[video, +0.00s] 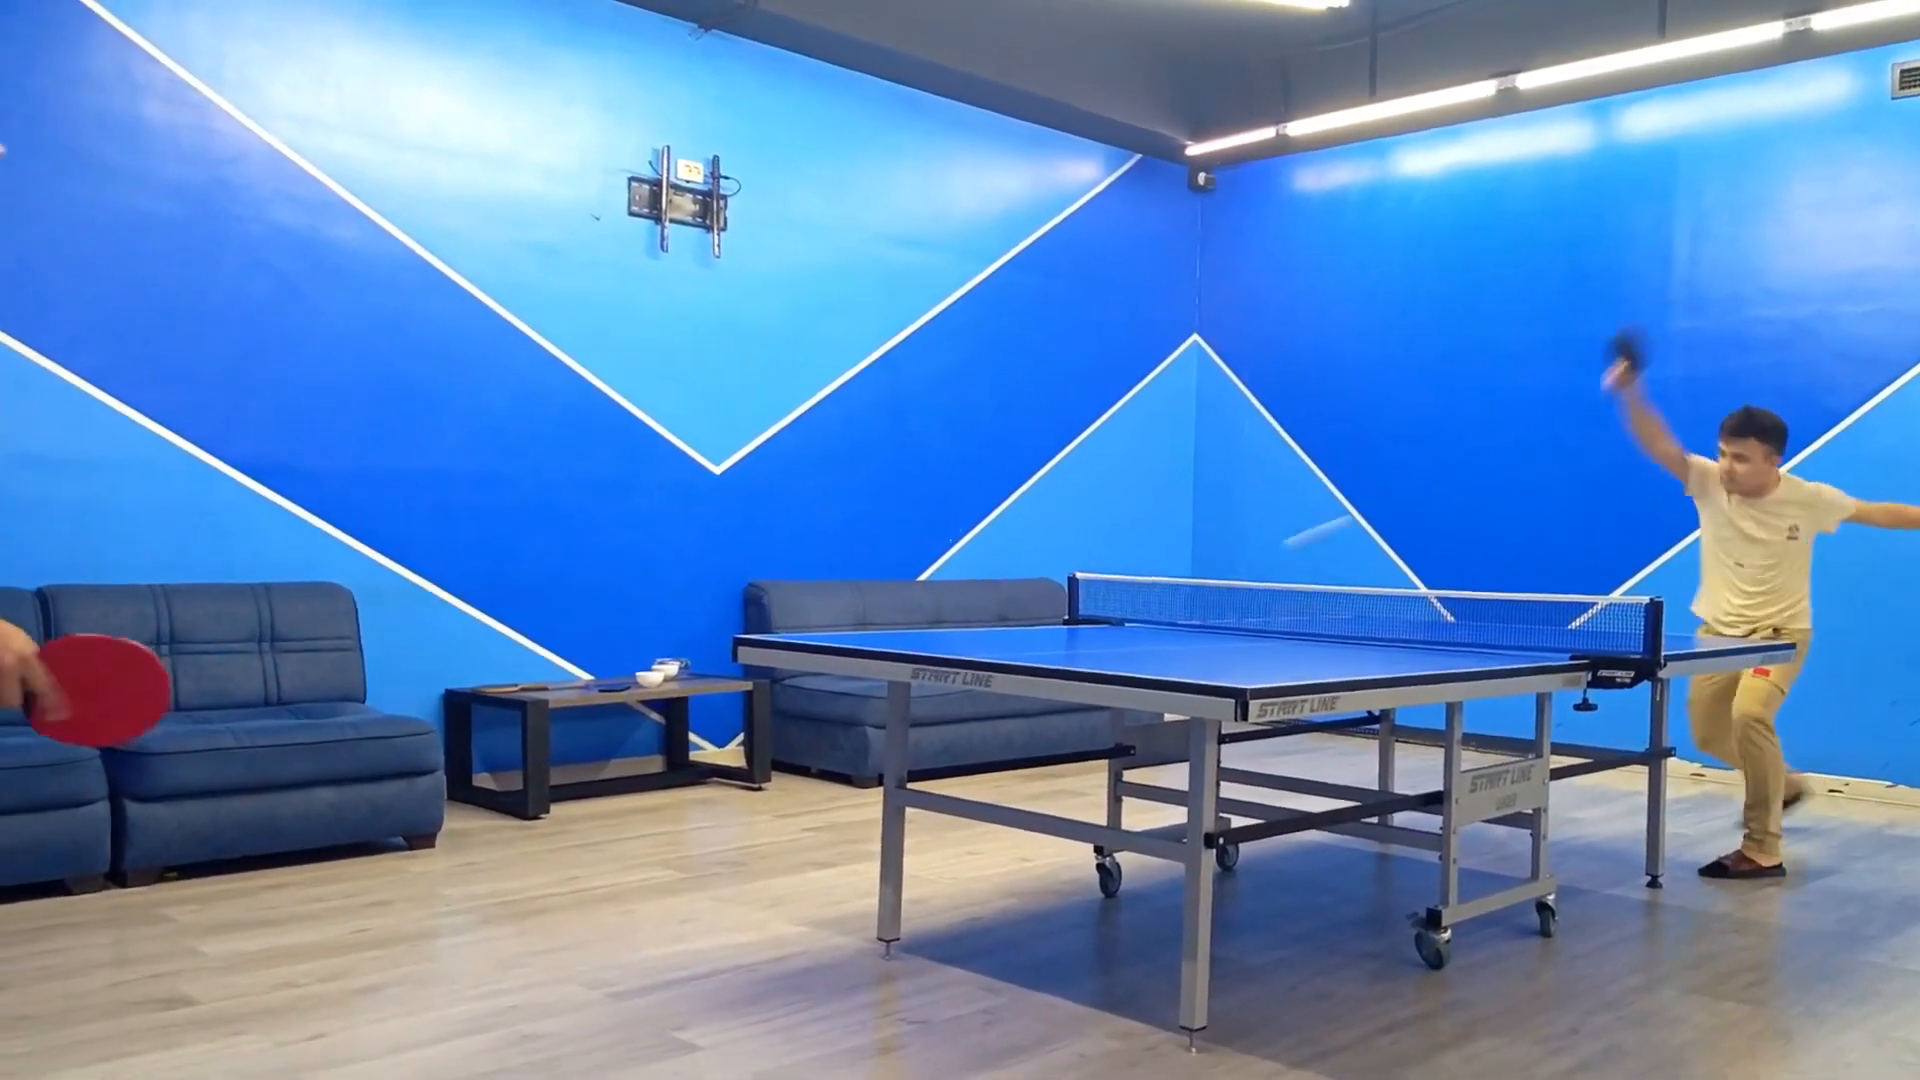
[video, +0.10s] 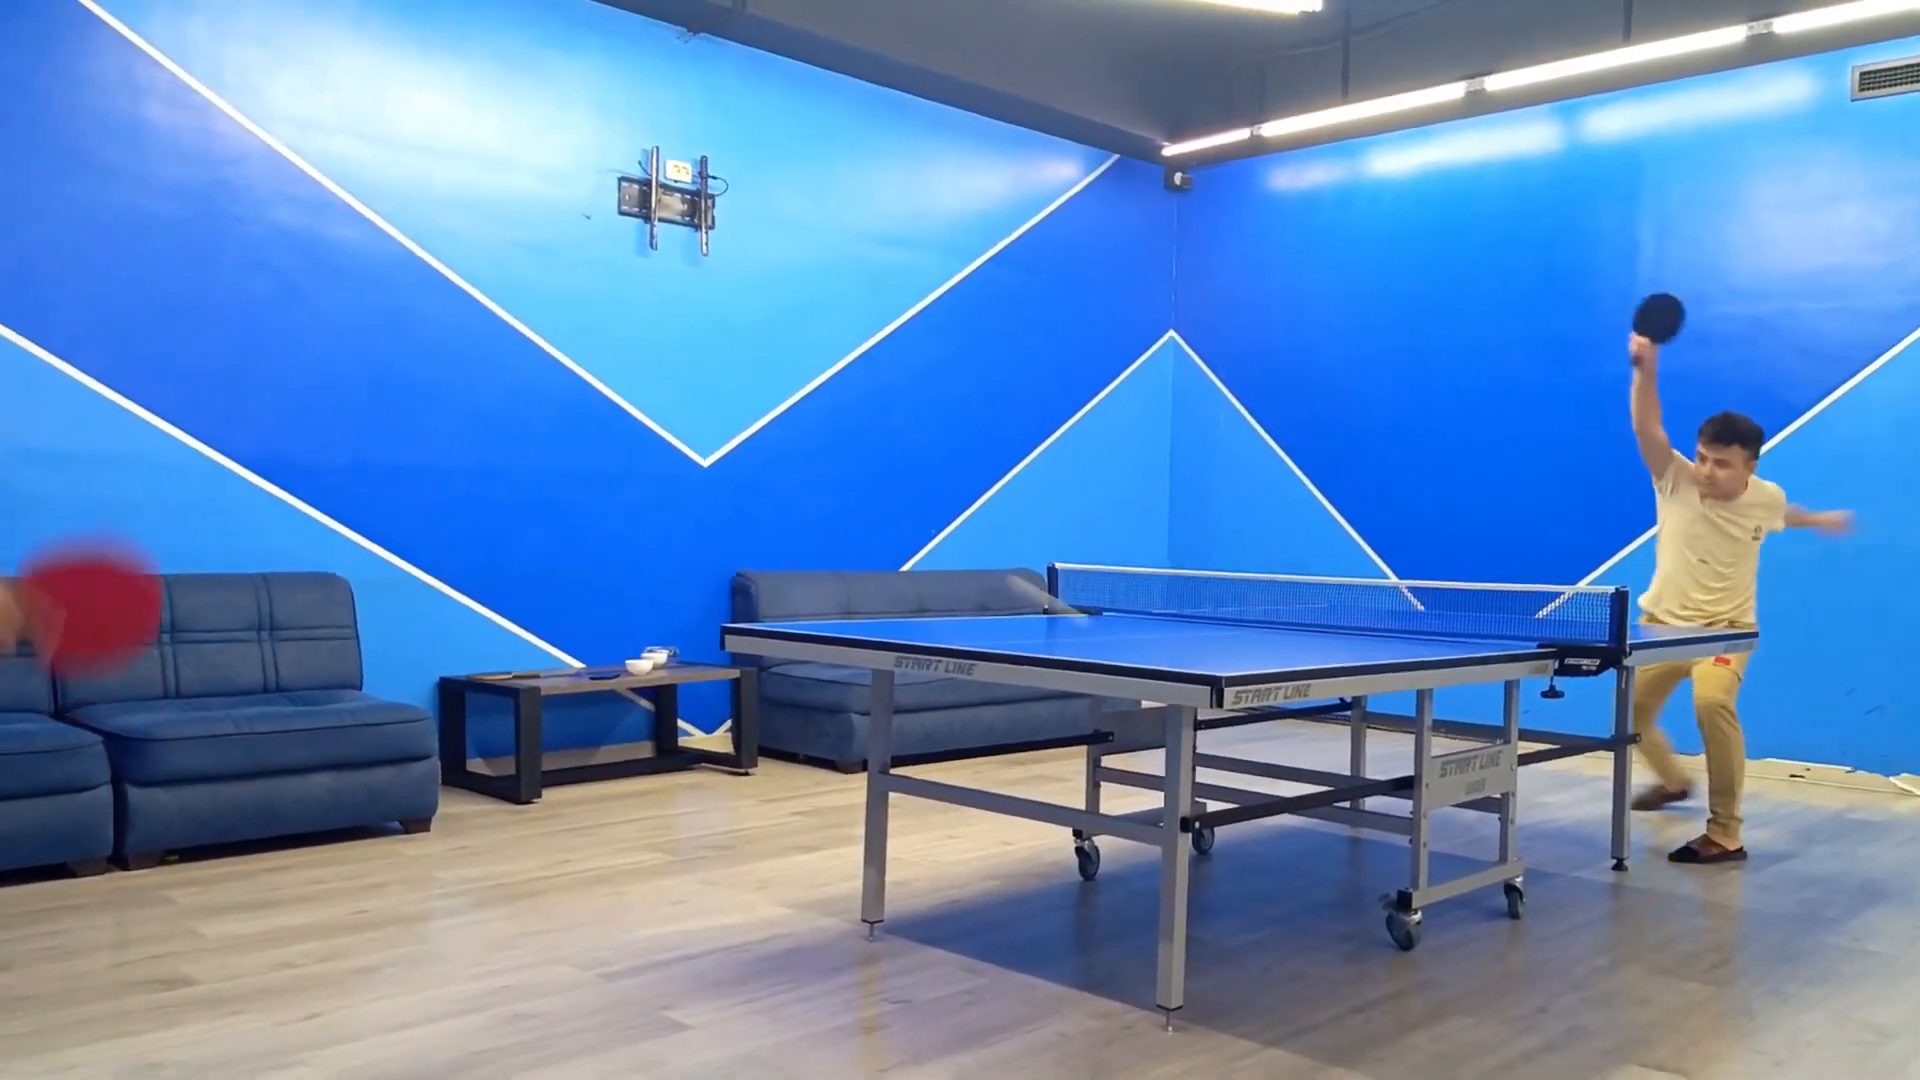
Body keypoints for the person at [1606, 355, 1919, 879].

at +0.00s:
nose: (1728, 466)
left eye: (1741, 458)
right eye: (1725, 455)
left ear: (1774, 462)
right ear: (1718, 452)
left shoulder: (1810, 501)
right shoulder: (1708, 481)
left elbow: (1878, 513)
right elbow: (1659, 443)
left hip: (1780, 635)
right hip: (1718, 633)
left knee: (1748, 715)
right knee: (1708, 735)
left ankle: (1761, 850)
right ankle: (1782, 784)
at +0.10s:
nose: (1707, 470)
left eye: (1720, 464)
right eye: (1703, 459)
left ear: (1749, 465)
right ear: (1696, 453)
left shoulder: (1764, 499)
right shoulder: (1675, 478)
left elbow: (1786, 517)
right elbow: (1648, 431)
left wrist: (1824, 520)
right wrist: (1645, 367)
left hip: (1726, 629)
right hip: (1665, 624)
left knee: (1712, 704)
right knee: (1632, 713)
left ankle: (1725, 833)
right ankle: (1674, 780)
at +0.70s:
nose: (1563, 446)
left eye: (1576, 436)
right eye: (1558, 436)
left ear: (1610, 440)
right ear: (1555, 440)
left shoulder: (1648, 494)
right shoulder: (1565, 495)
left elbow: (1710, 562)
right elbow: (1530, 550)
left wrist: (1663, 598)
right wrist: (1496, 581)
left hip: (1633, 650)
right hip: (1578, 647)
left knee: (1585, 747)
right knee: (1552, 739)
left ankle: (1617, 884)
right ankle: (1559, 843)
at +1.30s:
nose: (1560, 472)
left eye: (1567, 462)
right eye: (1561, 463)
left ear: (1596, 465)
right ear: (1592, 467)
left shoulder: (1627, 491)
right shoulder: (1590, 517)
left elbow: (1652, 497)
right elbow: (1528, 525)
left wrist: (1658, 478)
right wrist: (1467, 504)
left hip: (1664, 630)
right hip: (1640, 639)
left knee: (1656, 737)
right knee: (1599, 741)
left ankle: (1710, 859)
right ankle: (1633, 860)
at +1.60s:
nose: (1571, 465)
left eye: (1577, 455)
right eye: (1568, 457)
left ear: (1609, 449)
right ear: (1573, 456)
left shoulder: (1656, 488)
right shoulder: (1582, 484)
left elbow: (1737, 519)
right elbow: (1541, 433)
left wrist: (1816, 525)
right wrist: (1565, 373)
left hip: (1644, 635)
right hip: (1586, 632)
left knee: (1650, 744)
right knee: (1566, 732)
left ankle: (1681, 848)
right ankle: (1610, 812)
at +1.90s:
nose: (1561, 474)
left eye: (1569, 466)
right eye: (1560, 466)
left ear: (1600, 464)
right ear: (1560, 464)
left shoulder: (1644, 510)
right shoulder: (1556, 495)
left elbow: (1667, 575)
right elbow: (1505, 532)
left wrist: (1687, 634)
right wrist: (1499, 542)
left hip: (1616, 636)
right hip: (1560, 633)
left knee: (1622, 725)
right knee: (1548, 723)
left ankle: (1652, 828)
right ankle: (1567, 813)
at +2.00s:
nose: (1550, 481)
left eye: (1556, 473)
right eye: (1549, 473)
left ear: (1587, 467)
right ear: (1555, 469)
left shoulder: (1635, 510)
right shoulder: (1549, 494)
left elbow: (1657, 576)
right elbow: (1514, 541)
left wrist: (1656, 638)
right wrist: (1518, 567)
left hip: (1610, 628)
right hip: (1555, 624)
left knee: (1615, 723)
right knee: (1550, 718)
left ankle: (1617, 813)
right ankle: (1565, 810)